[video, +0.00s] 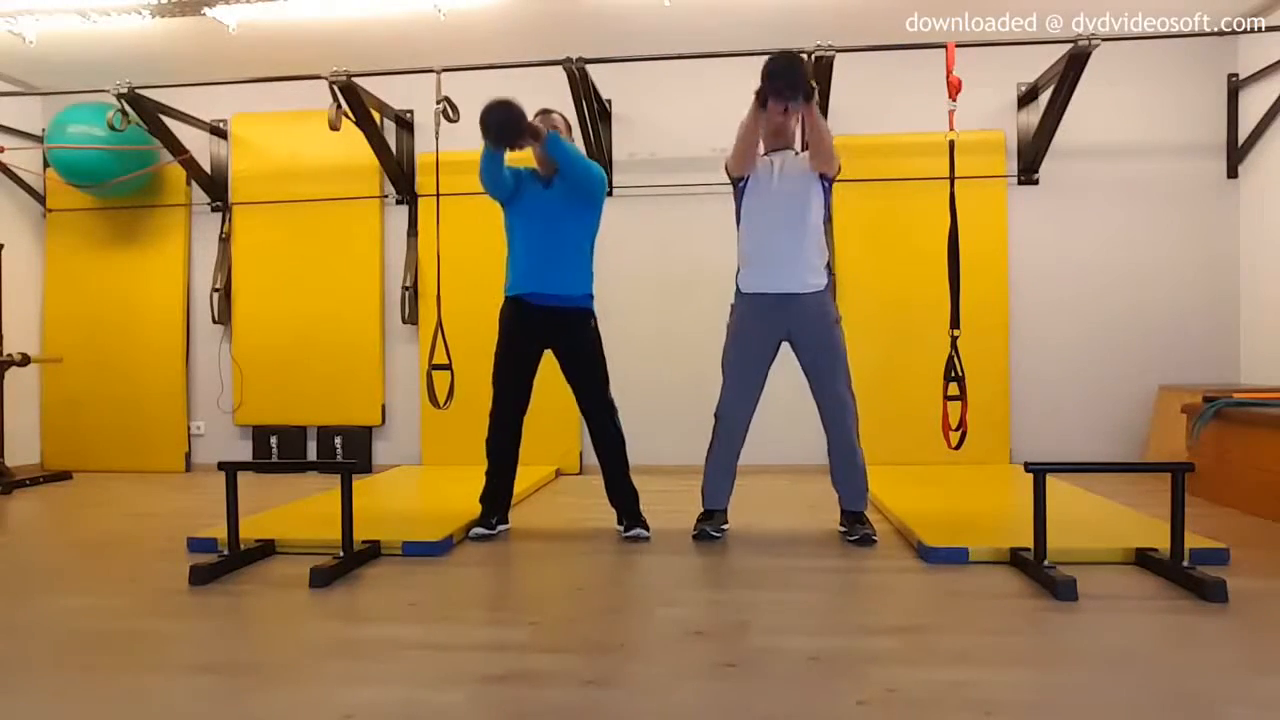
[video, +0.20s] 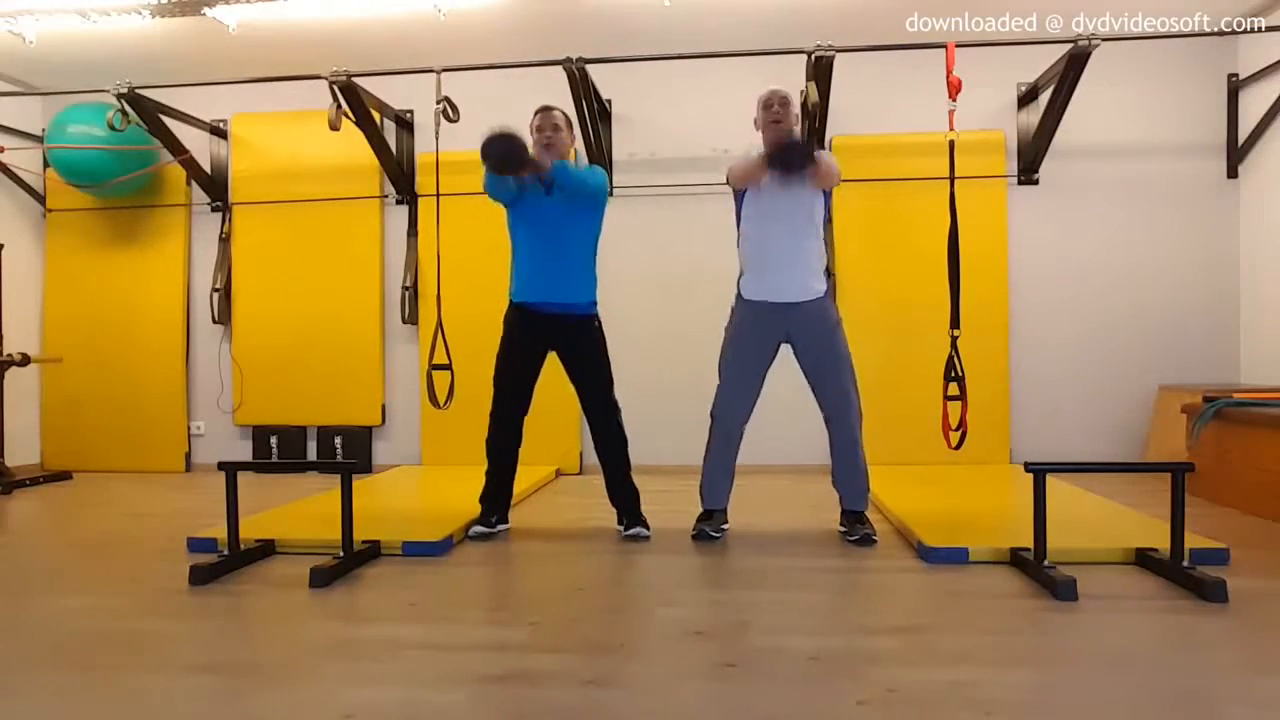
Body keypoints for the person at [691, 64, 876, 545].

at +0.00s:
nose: (785, 114)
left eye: (793, 105)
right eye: (777, 104)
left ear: (808, 107)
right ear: (761, 104)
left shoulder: (819, 160)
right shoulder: (744, 162)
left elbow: (824, 159)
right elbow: (740, 161)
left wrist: (811, 111)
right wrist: (755, 114)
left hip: (812, 302)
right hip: (755, 303)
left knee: (839, 407)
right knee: (733, 408)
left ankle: (854, 512)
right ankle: (713, 511)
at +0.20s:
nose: (777, 112)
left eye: (784, 106)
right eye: (769, 107)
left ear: (798, 118)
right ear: (757, 120)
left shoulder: (818, 161)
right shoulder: (746, 167)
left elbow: (830, 177)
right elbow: (739, 177)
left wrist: (805, 159)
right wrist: (771, 157)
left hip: (813, 308)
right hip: (755, 309)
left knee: (843, 409)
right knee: (728, 411)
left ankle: (854, 512)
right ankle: (713, 511)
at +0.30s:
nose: (776, 112)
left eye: (784, 108)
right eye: (768, 109)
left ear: (798, 125)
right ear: (756, 127)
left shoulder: (821, 171)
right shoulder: (743, 176)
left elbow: (826, 206)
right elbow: (744, 206)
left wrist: (801, 229)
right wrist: (772, 228)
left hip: (811, 316)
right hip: (753, 317)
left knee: (850, 411)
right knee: (721, 413)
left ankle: (854, 513)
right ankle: (713, 511)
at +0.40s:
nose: (777, 127)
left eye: (784, 122)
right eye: (768, 123)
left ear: (798, 138)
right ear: (756, 142)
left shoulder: (822, 192)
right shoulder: (741, 200)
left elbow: (826, 256)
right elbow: (747, 262)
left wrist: (808, 302)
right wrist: (772, 309)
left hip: (812, 321)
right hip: (754, 322)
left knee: (855, 405)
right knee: (715, 410)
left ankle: (855, 512)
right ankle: (712, 511)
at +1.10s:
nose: (774, 114)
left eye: (780, 108)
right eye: (765, 109)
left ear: (792, 122)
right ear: (752, 125)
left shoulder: (817, 166)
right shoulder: (738, 174)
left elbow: (820, 207)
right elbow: (746, 214)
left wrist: (805, 252)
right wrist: (771, 253)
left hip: (811, 304)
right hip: (753, 305)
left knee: (840, 405)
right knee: (727, 407)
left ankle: (853, 511)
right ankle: (713, 510)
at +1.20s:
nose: (774, 128)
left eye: (781, 122)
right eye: (766, 123)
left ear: (792, 134)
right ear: (753, 136)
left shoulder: (812, 169)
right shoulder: (741, 175)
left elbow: (825, 187)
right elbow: (738, 189)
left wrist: (776, 183)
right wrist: (784, 182)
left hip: (810, 301)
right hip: (753, 303)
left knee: (835, 405)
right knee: (732, 407)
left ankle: (852, 511)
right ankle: (713, 510)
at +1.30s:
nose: (787, 136)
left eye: (795, 129)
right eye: (781, 128)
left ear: (808, 129)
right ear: (763, 125)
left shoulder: (816, 171)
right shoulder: (742, 174)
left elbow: (821, 179)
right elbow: (739, 177)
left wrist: (810, 128)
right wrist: (760, 135)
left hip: (811, 300)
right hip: (754, 301)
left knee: (837, 405)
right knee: (733, 405)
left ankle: (853, 511)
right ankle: (714, 508)